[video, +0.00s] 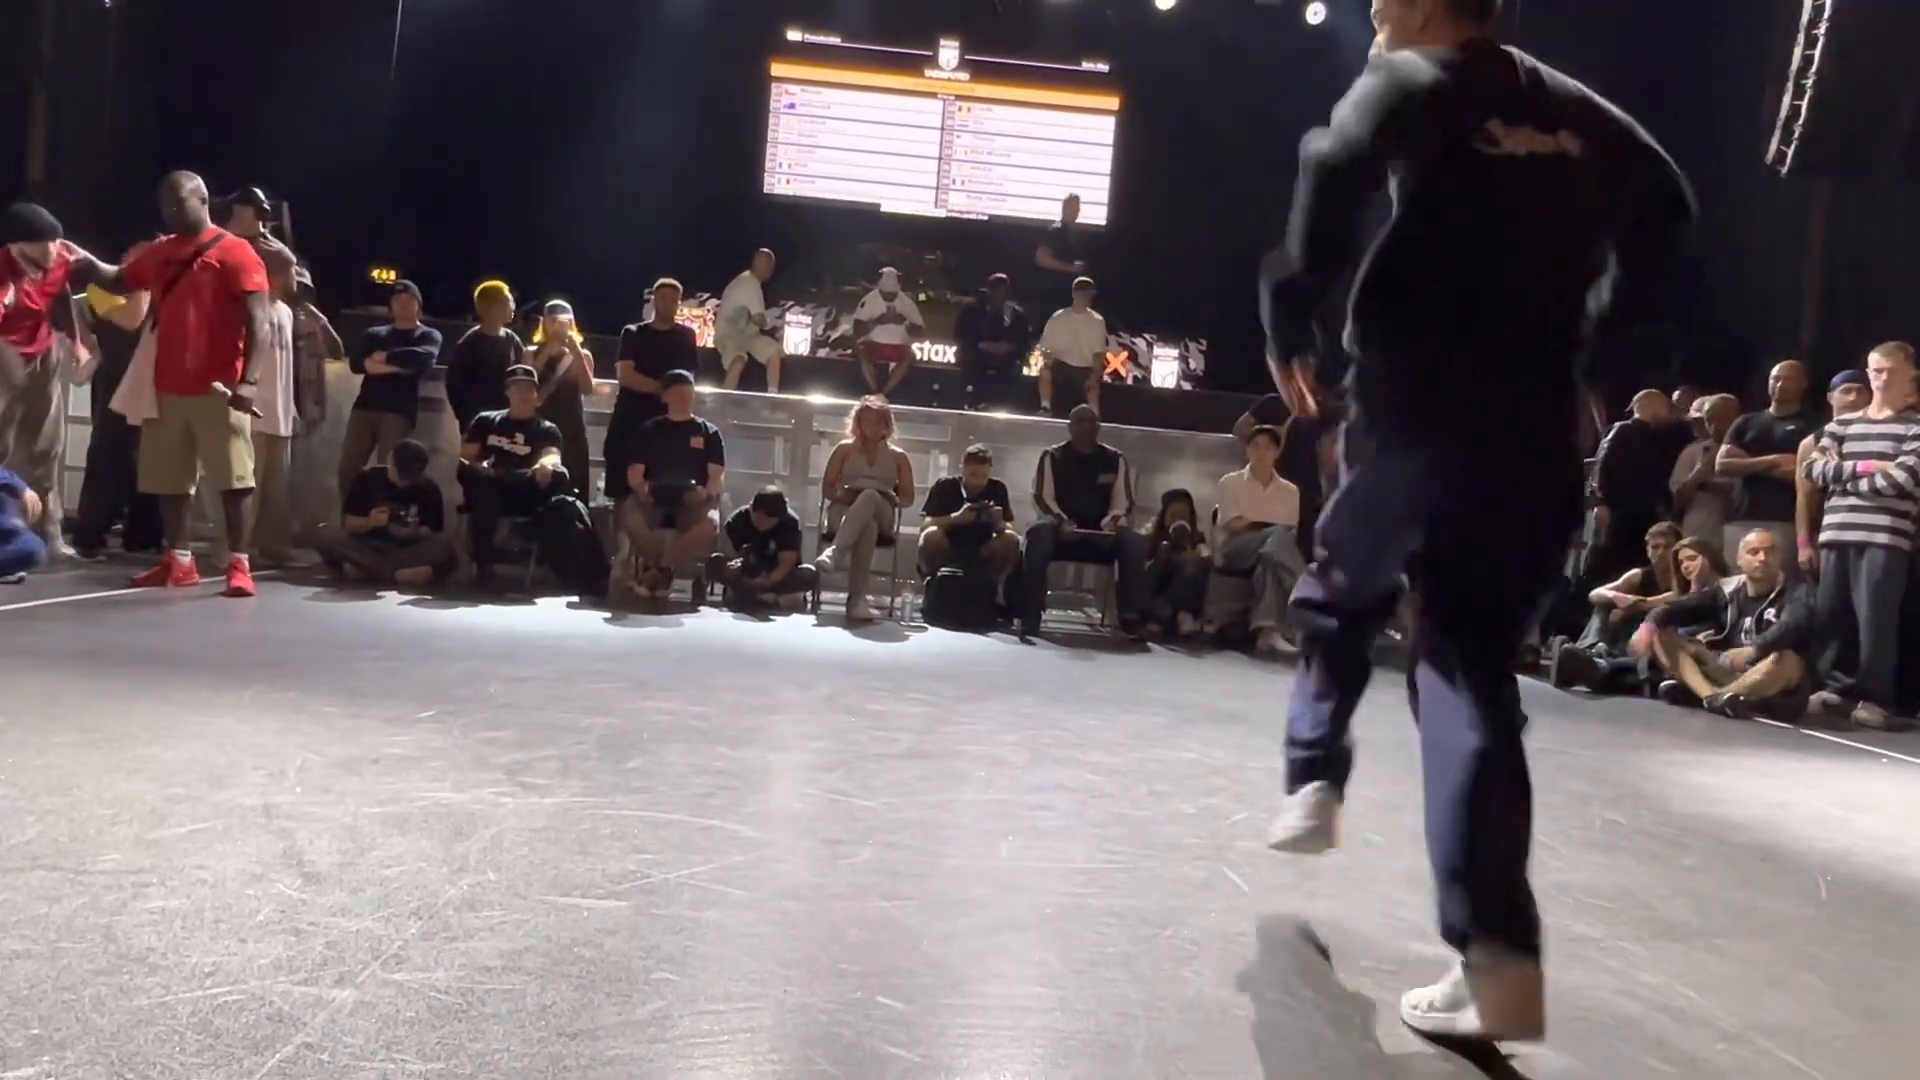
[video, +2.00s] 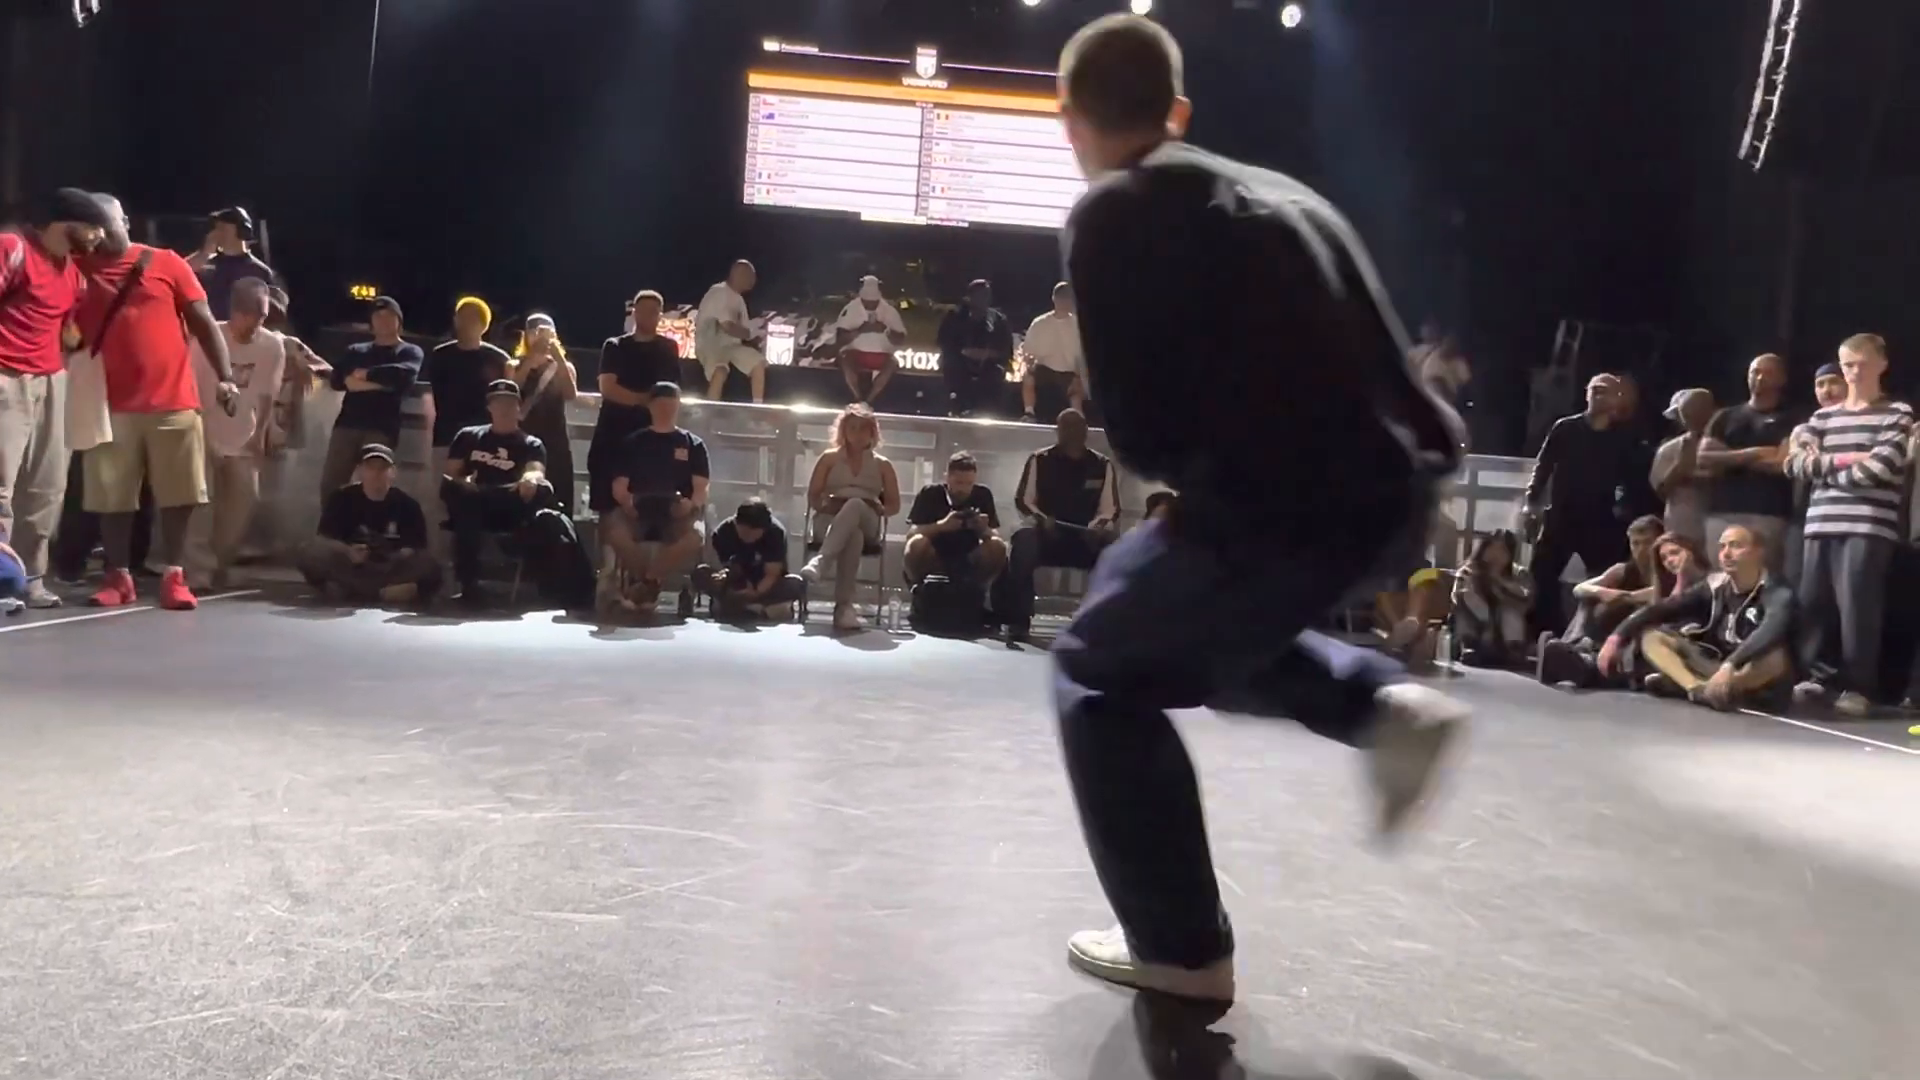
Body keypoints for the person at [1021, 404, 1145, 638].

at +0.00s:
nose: (1086, 427)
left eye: (1091, 422)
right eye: (1079, 422)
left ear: (1099, 426)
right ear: (1069, 426)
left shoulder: (1115, 459)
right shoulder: (1052, 456)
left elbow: (1122, 501)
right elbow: (1044, 497)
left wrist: (1113, 519)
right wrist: (1060, 520)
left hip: (1100, 536)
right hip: (1066, 534)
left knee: (1131, 540)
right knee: (1039, 533)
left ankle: (1130, 618)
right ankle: (1030, 619)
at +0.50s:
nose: (1087, 429)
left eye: (1093, 423)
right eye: (1081, 423)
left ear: (1102, 428)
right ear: (1071, 428)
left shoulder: (1118, 462)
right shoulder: (1053, 457)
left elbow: (1123, 503)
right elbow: (1037, 500)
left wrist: (1114, 519)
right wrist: (1053, 486)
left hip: (1099, 535)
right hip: (1062, 533)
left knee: (1132, 541)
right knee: (1040, 536)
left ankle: (1132, 619)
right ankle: (1031, 619)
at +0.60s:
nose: (1088, 429)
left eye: (1093, 423)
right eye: (1082, 423)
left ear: (1102, 428)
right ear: (1072, 428)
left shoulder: (1119, 462)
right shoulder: (1056, 454)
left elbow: (1123, 502)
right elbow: (1037, 495)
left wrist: (1115, 519)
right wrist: (1054, 463)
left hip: (1099, 535)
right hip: (1062, 533)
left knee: (1132, 541)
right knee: (1042, 534)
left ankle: (1132, 619)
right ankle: (1032, 619)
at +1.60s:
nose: (1081, 433)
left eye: (1087, 427)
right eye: (1075, 427)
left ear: (1095, 432)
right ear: (1066, 430)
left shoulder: (1112, 465)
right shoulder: (1047, 457)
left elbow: (1116, 508)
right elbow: (1029, 501)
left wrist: (1105, 524)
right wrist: (1041, 484)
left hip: (1090, 537)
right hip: (1053, 535)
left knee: (1123, 543)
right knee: (1033, 538)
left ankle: (1123, 621)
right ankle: (1023, 621)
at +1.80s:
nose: (1075, 437)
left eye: (1082, 431)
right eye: (1070, 431)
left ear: (1091, 433)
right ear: (1063, 432)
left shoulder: (1109, 467)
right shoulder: (1044, 461)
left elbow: (1114, 509)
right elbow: (1030, 502)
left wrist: (1106, 523)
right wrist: (1043, 516)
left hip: (1090, 538)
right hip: (1054, 535)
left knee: (1122, 545)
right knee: (1028, 540)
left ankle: (1121, 624)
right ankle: (1022, 624)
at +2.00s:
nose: (1072, 436)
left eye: (1077, 430)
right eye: (1066, 430)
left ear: (1086, 432)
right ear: (1057, 432)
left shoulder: (1102, 465)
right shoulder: (1038, 460)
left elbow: (1109, 508)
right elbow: (1024, 500)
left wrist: (1100, 522)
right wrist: (1040, 518)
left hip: (1085, 536)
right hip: (1049, 534)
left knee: (1112, 544)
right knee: (1023, 539)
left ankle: (1104, 626)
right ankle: (1019, 622)